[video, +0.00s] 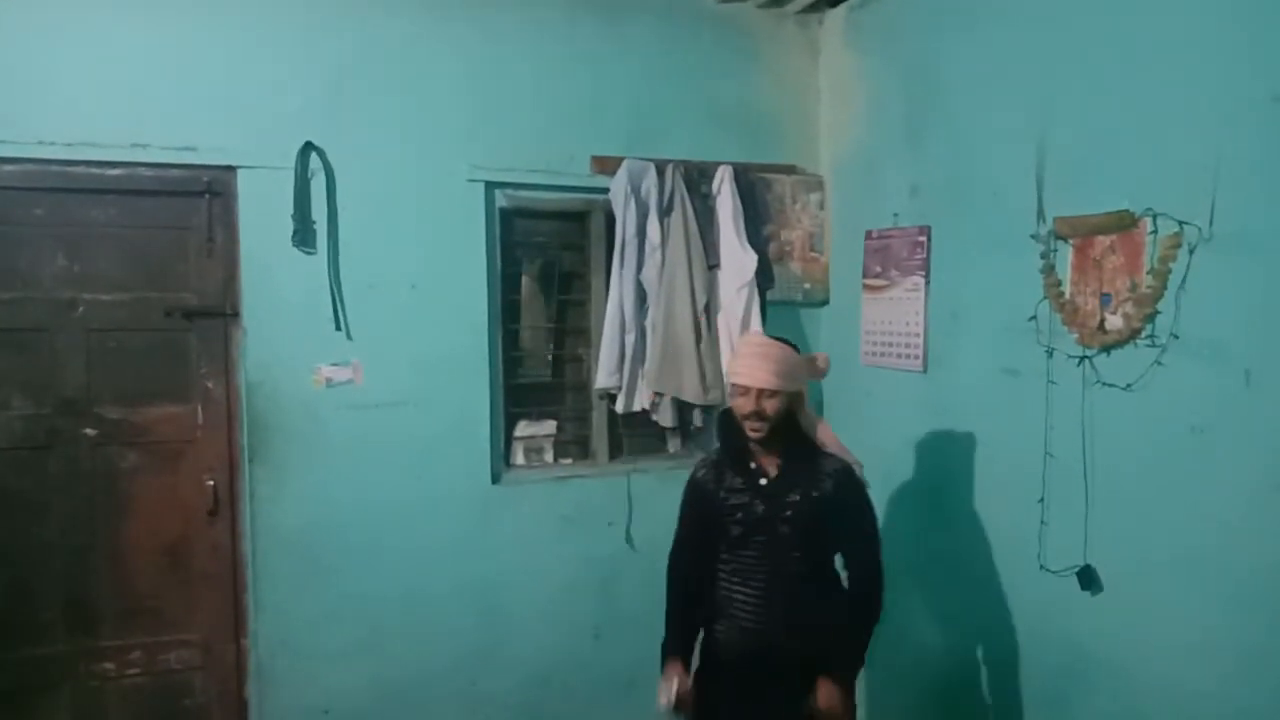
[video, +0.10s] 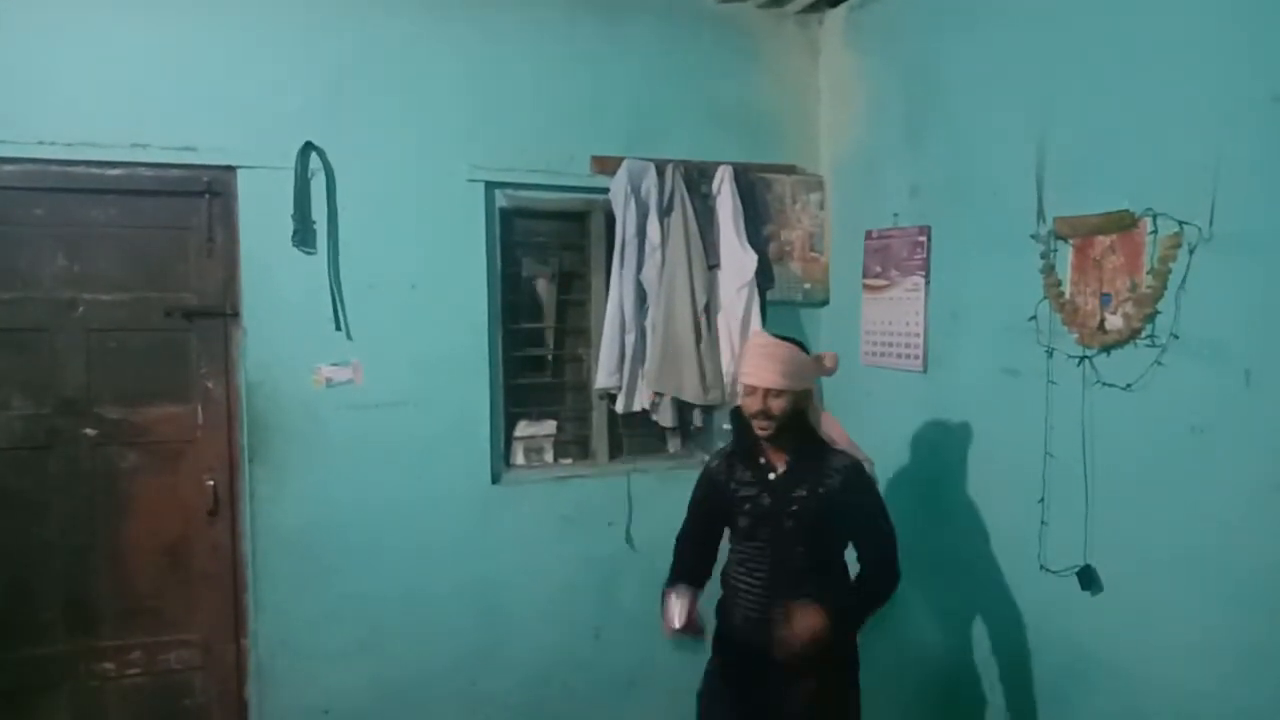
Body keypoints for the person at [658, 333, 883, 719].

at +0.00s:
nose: (752, 407)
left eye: (768, 395)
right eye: (741, 393)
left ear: (794, 400)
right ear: (729, 396)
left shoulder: (834, 479)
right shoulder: (709, 478)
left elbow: (867, 579)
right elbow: (686, 571)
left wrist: (841, 673)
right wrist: (676, 656)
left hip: (805, 670)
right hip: (726, 668)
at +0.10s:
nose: (759, 407)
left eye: (774, 395)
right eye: (750, 393)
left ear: (802, 400)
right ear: (739, 396)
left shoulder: (842, 474)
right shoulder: (724, 470)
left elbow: (882, 569)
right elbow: (696, 540)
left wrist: (830, 617)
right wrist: (682, 589)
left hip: (818, 661)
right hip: (739, 657)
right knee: (719, 711)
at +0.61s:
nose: (747, 407)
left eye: (758, 398)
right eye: (739, 396)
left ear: (785, 384)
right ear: (731, 384)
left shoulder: (827, 432)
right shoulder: (731, 424)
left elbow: (811, 491)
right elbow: (688, 466)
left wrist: (763, 485)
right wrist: (657, 469)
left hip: (801, 603)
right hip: (736, 598)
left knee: (800, 705)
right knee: (740, 705)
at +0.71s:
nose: (746, 400)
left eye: (758, 391)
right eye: (738, 390)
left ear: (785, 381)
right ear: (730, 381)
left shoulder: (824, 437)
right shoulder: (731, 428)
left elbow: (803, 482)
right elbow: (691, 459)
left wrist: (755, 479)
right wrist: (660, 463)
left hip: (793, 608)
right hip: (728, 601)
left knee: (789, 705)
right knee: (728, 705)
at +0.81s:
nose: (746, 389)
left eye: (758, 379)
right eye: (738, 378)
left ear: (786, 377)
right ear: (729, 375)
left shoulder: (821, 437)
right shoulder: (726, 430)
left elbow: (798, 483)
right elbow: (678, 479)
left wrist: (748, 475)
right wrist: (659, 462)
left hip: (790, 606)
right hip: (726, 601)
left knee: (778, 707)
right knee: (725, 705)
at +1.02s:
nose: (731, 371)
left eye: (744, 361)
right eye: (724, 359)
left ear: (770, 366)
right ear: (715, 361)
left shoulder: (804, 425)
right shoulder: (717, 422)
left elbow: (800, 500)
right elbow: (680, 477)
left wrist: (738, 504)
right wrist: (658, 490)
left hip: (799, 599)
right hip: (740, 595)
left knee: (770, 709)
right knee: (740, 708)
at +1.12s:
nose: (712, 380)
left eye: (725, 370)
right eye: (705, 369)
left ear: (752, 371)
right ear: (697, 370)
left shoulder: (794, 433)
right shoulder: (711, 425)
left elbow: (806, 532)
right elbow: (685, 487)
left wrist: (750, 562)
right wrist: (660, 533)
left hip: (803, 583)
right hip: (750, 580)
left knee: (774, 703)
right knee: (755, 700)